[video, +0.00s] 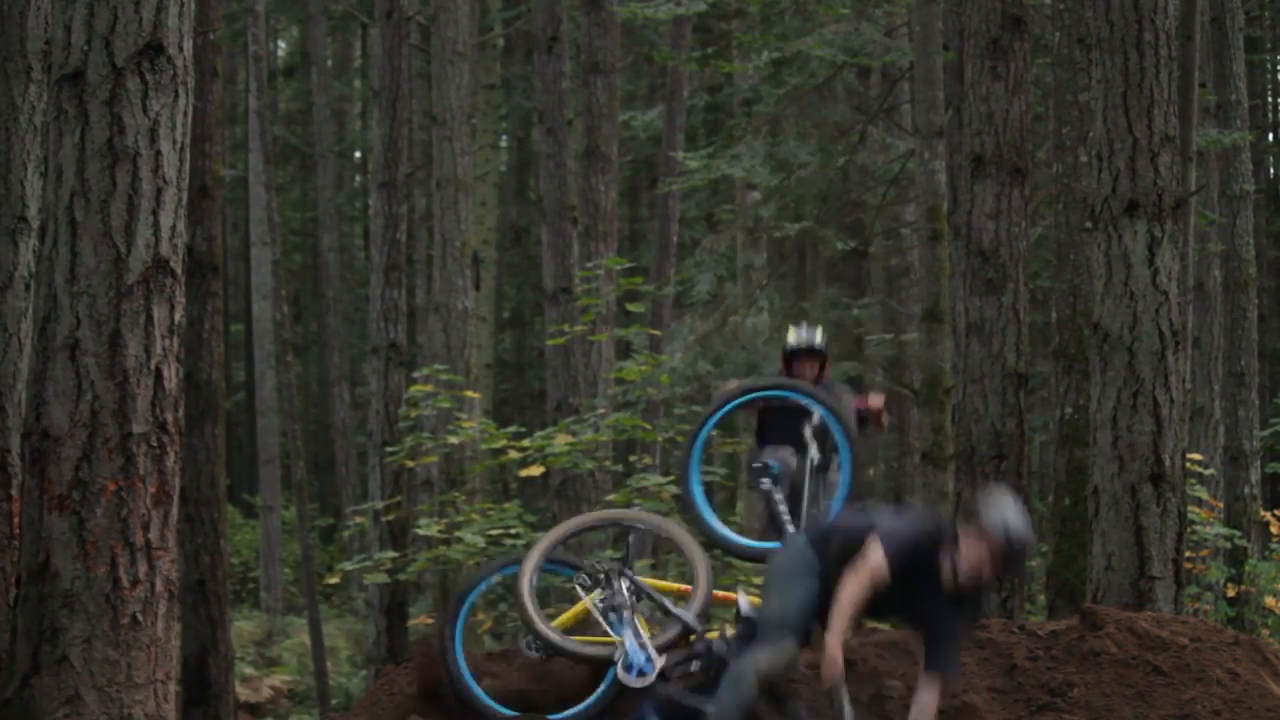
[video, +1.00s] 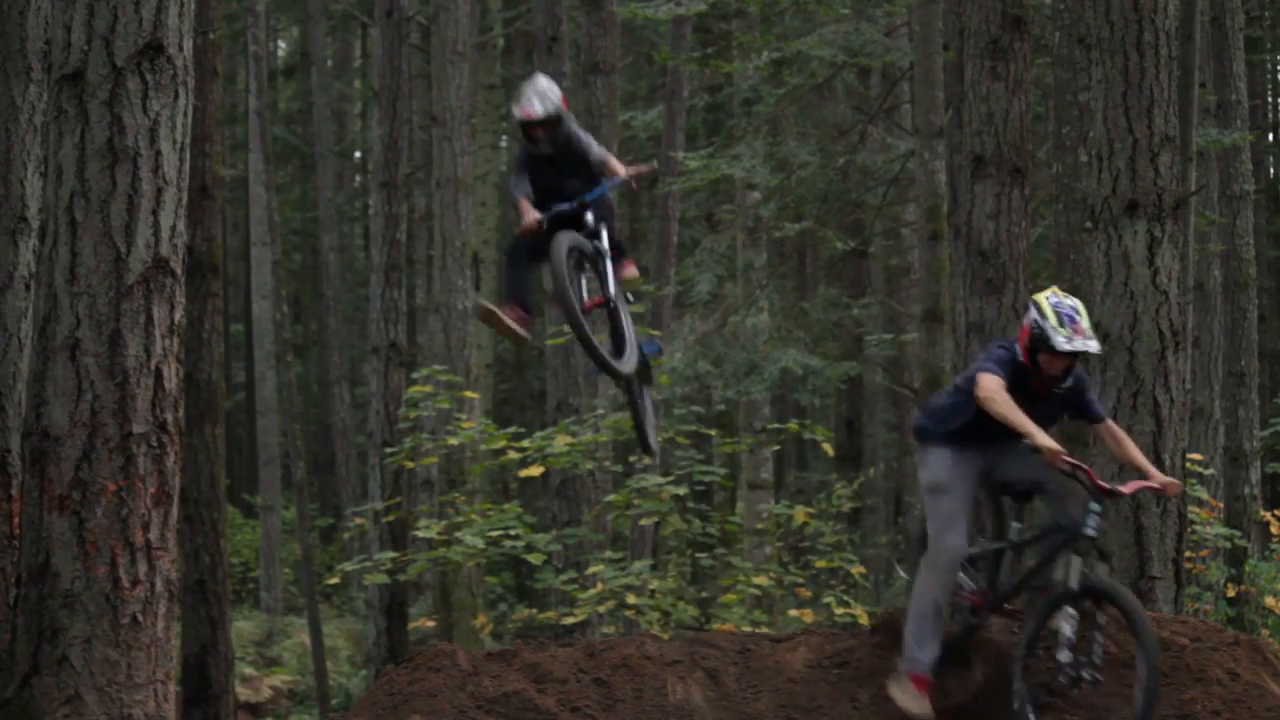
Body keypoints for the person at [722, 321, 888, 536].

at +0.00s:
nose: (806, 369)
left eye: (812, 362)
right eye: (800, 362)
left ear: (822, 365)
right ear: (788, 364)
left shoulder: (836, 395)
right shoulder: (773, 394)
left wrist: (871, 412)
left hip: (825, 461)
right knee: (781, 458)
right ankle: (780, 529)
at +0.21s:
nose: (838, 218)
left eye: (844, 210)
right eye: (831, 210)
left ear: (855, 213)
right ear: (819, 212)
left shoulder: (863, 243)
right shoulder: (804, 235)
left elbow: (897, 280)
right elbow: (763, 252)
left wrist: (912, 274)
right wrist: (779, 260)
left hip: (839, 318)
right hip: (797, 309)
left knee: (852, 348)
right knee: (812, 335)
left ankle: (847, 428)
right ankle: (782, 423)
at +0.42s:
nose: (874, 140)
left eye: (881, 133)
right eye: (867, 133)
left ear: (893, 136)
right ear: (854, 135)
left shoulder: (902, 170)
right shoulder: (839, 159)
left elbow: (936, 201)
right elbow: (812, 185)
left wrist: (962, 217)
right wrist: (824, 202)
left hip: (866, 251)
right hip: (823, 240)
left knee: (886, 299)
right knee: (844, 285)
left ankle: (882, 384)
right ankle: (803, 377)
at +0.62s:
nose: (921, 153)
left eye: (928, 145)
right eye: (913, 145)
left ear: (940, 147)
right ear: (898, 145)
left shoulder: (950, 188)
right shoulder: (883, 170)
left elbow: (982, 230)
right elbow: (864, 208)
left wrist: (1019, 261)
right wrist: (882, 237)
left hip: (900, 268)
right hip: (855, 256)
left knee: (918, 337)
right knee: (871, 329)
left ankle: (920, 431)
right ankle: (827, 430)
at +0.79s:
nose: (973, 244)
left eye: (980, 235)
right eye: (964, 235)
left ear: (990, 238)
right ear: (945, 235)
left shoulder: (993, 283)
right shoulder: (927, 266)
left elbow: (1025, 345)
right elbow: (905, 312)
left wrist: (1061, 390)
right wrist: (931, 361)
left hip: (935, 363)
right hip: (887, 353)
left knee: (953, 445)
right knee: (894, 445)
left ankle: (954, 545)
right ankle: (859, 553)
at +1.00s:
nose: (1064, 364)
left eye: (1071, 357)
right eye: (1056, 354)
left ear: (1078, 354)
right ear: (1032, 341)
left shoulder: (1071, 381)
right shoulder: (1003, 356)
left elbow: (1107, 430)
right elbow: (988, 393)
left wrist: (1152, 472)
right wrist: (1038, 434)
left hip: (1002, 450)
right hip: (950, 447)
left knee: (1071, 498)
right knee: (948, 547)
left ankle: (1049, 592)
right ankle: (913, 673)